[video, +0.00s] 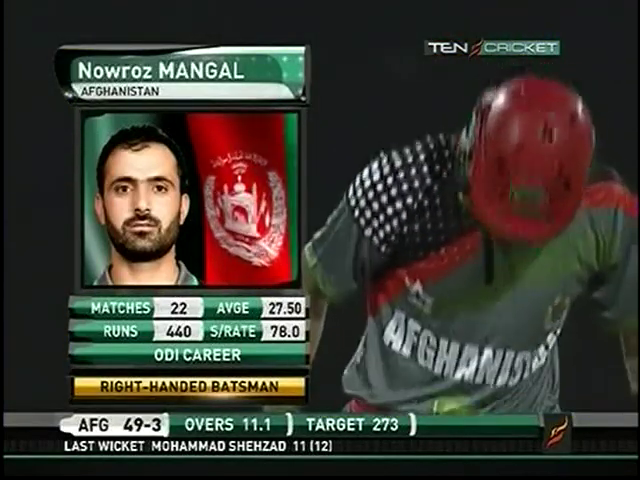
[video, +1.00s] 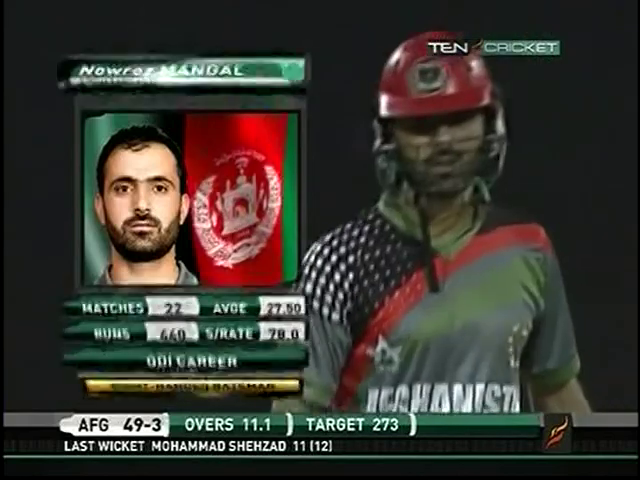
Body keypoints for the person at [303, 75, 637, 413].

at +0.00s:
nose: (518, 234)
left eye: (536, 221)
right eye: (505, 215)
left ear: (575, 183)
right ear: (473, 163)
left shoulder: (607, 214)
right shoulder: (398, 189)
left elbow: (634, 338)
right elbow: (312, 291)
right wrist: (278, 412)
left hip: (524, 438)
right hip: (390, 434)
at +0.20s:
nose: (533, 119)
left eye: (548, 101)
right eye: (516, 100)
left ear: (573, 92)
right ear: (473, 82)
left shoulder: (595, 193)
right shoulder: (393, 171)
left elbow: (628, 335)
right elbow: (309, 292)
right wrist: (274, 418)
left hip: (521, 447)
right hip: (387, 440)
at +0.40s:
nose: (507, 84)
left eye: (526, 66)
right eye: (487, 66)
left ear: (551, 80)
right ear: (449, 78)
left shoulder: (576, 211)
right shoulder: (376, 193)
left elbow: (610, 350)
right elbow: (291, 322)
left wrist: (625, 453)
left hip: (512, 465)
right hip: (376, 458)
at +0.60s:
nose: (492, 101)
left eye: (510, 82)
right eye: (470, 84)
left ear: (536, 98)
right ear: (433, 99)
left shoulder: (563, 237)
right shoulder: (369, 221)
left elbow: (588, 385)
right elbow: (295, 362)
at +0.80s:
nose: (474, 123)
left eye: (491, 102)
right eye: (451, 105)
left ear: (519, 112)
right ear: (417, 116)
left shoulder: (549, 248)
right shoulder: (356, 237)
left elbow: (571, 396)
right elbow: (297, 388)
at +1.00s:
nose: (443, 140)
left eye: (460, 120)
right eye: (420, 124)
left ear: (489, 126)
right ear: (388, 135)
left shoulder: (527, 248)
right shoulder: (336, 262)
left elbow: (557, 389)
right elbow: (301, 416)